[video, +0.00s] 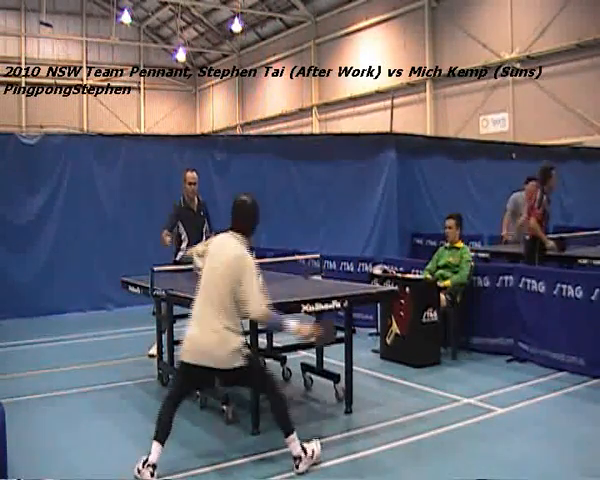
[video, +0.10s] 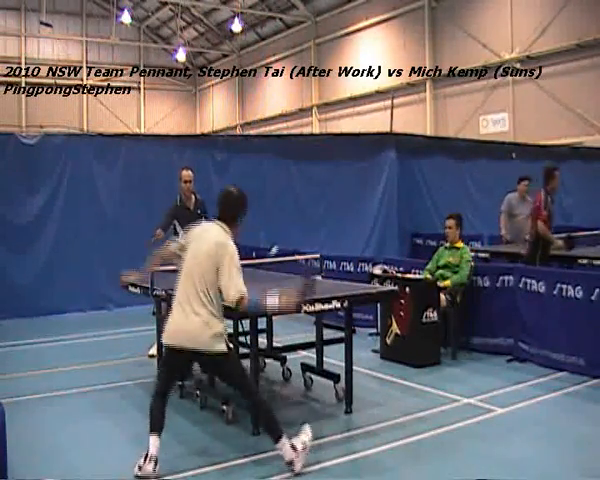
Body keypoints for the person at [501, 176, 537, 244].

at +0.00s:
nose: (533, 189)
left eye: (535, 186)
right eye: (531, 185)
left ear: (538, 188)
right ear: (525, 186)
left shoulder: (540, 199)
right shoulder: (516, 197)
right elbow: (508, 214)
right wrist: (505, 231)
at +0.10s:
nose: (526, 188)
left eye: (527, 186)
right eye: (524, 185)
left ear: (528, 187)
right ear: (518, 186)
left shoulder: (529, 201)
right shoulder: (510, 198)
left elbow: (530, 217)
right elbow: (503, 214)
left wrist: (528, 233)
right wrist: (503, 232)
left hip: (523, 236)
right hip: (510, 235)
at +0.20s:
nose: (520, 187)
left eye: (522, 184)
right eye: (518, 184)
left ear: (524, 186)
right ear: (513, 185)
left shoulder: (527, 199)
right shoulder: (506, 198)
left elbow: (529, 216)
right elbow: (499, 214)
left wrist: (529, 231)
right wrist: (498, 231)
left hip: (522, 234)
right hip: (508, 234)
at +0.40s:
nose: (517, 187)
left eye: (519, 184)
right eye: (516, 184)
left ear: (523, 187)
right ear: (512, 185)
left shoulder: (527, 200)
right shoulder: (505, 198)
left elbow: (529, 215)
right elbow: (498, 215)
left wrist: (528, 231)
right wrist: (490, 231)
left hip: (522, 234)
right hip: (508, 233)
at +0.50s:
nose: (521, 189)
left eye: (524, 186)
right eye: (520, 185)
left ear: (526, 189)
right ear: (515, 186)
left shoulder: (528, 201)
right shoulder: (506, 198)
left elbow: (530, 216)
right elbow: (498, 215)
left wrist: (528, 231)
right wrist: (490, 230)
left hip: (522, 234)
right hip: (509, 233)